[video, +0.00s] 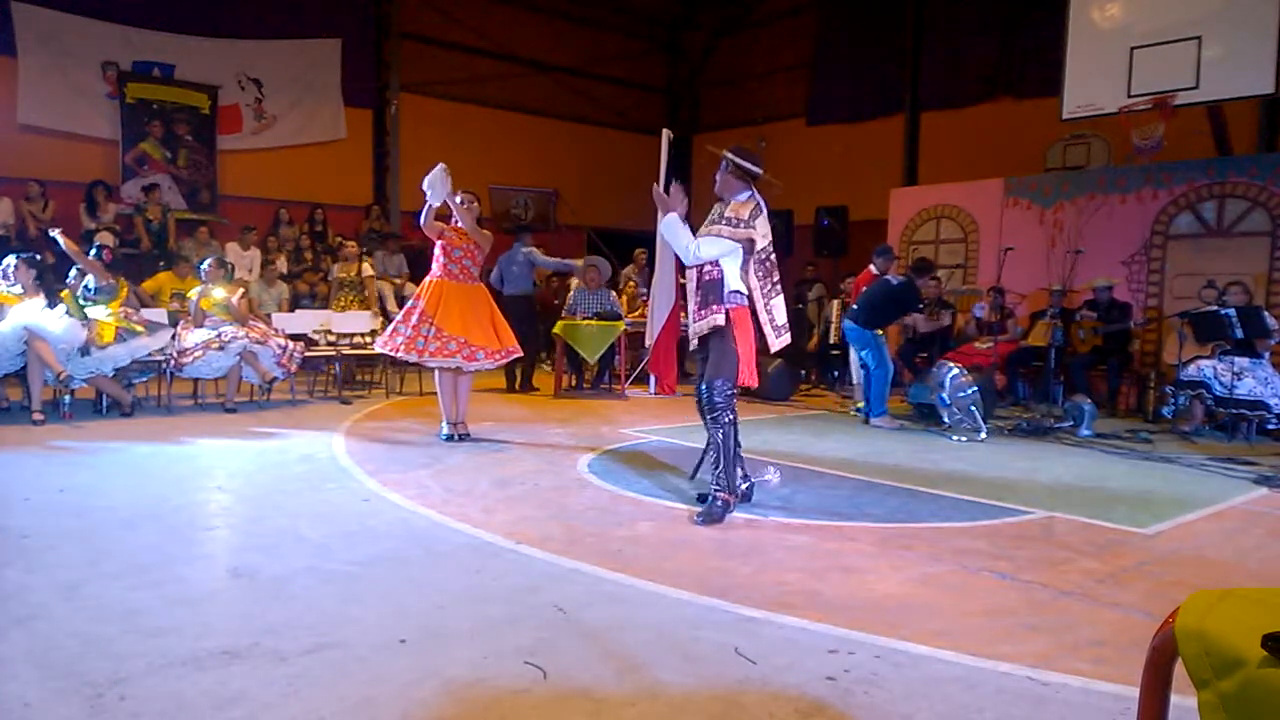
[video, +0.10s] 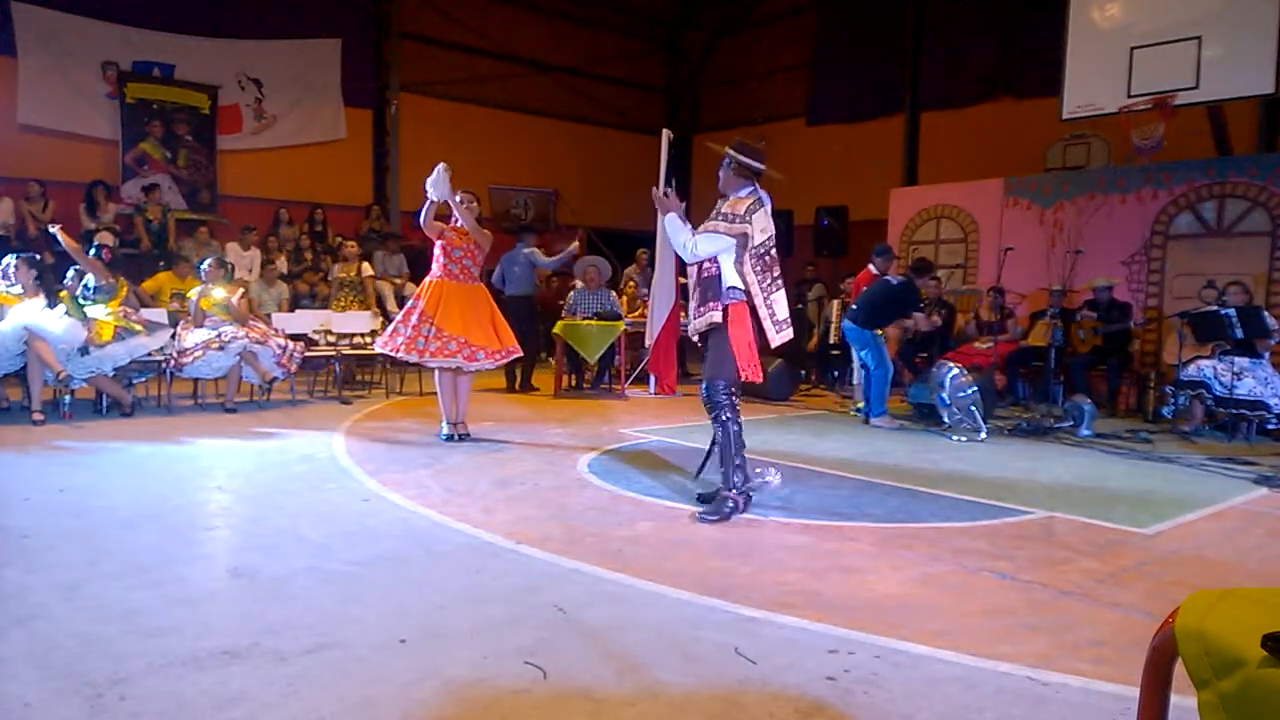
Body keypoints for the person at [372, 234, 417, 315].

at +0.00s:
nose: (396, 245)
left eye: (397, 242)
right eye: (393, 242)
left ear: (398, 244)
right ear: (387, 243)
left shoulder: (400, 255)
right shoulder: (379, 255)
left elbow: (405, 272)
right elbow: (380, 273)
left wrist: (402, 283)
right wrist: (393, 282)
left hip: (397, 278)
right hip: (383, 278)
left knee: (412, 289)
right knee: (387, 288)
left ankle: (411, 314)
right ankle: (394, 314)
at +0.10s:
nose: (396, 245)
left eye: (397, 242)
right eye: (393, 242)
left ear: (398, 243)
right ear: (387, 243)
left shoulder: (400, 255)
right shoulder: (379, 254)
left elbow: (406, 272)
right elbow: (380, 273)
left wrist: (402, 283)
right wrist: (394, 282)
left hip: (397, 278)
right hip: (383, 278)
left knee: (412, 288)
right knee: (387, 289)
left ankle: (411, 314)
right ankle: (394, 314)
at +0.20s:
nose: (396, 245)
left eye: (397, 242)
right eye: (393, 242)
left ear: (398, 243)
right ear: (387, 243)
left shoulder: (400, 255)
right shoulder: (379, 254)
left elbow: (406, 272)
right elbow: (380, 273)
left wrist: (403, 283)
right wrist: (394, 282)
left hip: (398, 278)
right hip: (383, 278)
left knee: (412, 289)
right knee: (387, 289)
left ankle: (412, 314)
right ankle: (394, 314)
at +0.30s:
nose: (396, 245)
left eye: (397, 242)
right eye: (393, 242)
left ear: (398, 244)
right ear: (387, 243)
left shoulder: (400, 255)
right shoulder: (379, 254)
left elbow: (405, 272)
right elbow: (379, 273)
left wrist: (402, 283)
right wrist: (393, 282)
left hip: (397, 278)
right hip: (383, 278)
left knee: (412, 289)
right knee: (387, 289)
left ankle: (412, 314)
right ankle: (394, 314)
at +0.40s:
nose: (396, 245)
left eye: (397, 242)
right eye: (393, 242)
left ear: (398, 244)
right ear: (386, 243)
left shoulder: (400, 256)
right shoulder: (379, 254)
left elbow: (406, 272)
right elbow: (379, 273)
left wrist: (402, 283)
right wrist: (393, 282)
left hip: (398, 278)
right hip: (383, 278)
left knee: (414, 291)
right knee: (387, 290)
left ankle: (410, 315)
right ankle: (394, 314)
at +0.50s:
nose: (396, 245)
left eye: (397, 242)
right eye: (393, 242)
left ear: (398, 243)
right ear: (387, 243)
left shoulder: (400, 256)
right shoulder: (379, 254)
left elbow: (406, 272)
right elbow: (379, 273)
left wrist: (402, 283)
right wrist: (393, 282)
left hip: (398, 278)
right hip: (383, 278)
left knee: (413, 291)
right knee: (387, 291)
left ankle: (408, 315)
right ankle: (394, 314)